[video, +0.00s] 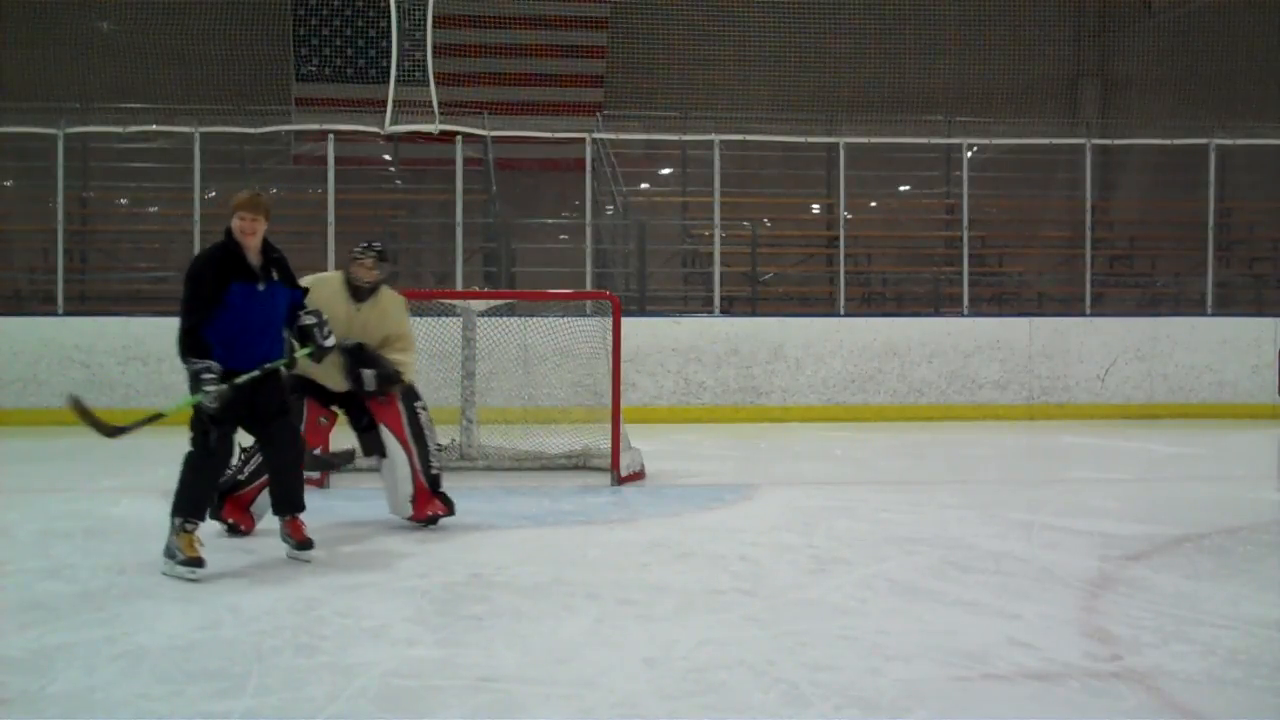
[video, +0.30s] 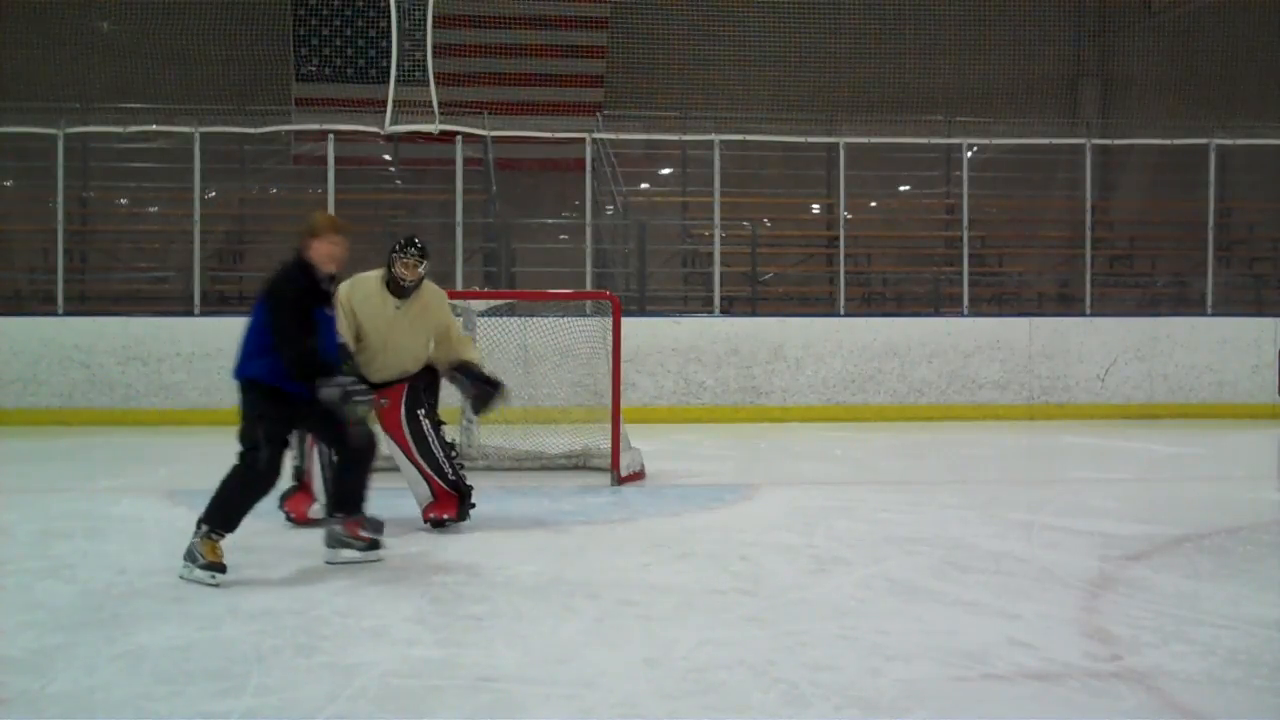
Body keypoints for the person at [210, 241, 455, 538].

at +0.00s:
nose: (364, 272)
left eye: (372, 267)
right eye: (359, 265)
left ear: (383, 273)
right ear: (348, 265)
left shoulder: (393, 306)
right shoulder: (316, 289)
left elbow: (404, 356)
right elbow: (275, 316)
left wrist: (385, 374)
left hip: (364, 388)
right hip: (313, 381)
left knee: (407, 405)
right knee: (293, 438)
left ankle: (424, 497)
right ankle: (236, 500)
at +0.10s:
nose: (388, 267)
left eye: (396, 262)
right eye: (383, 260)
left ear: (404, 268)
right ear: (372, 261)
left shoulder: (415, 301)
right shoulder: (338, 285)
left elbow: (429, 349)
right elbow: (300, 315)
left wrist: (416, 368)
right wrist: (317, 330)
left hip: (387, 381)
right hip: (331, 377)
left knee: (421, 426)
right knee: (299, 440)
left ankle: (439, 503)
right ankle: (242, 504)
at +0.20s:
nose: (400, 269)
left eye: (407, 264)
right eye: (395, 262)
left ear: (417, 269)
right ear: (384, 261)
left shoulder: (428, 300)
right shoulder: (353, 283)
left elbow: (447, 341)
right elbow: (327, 312)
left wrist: (443, 361)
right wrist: (327, 344)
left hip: (398, 376)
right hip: (349, 372)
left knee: (411, 432)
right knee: (312, 424)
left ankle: (444, 499)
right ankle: (279, 492)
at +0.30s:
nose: (410, 273)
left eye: (417, 266)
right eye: (405, 264)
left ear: (424, 268)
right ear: (392, 262)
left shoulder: (433, 299)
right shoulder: (354, 292)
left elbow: (452, 345)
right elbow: (338, 340)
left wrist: (473, 377)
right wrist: (345, 376)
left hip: (411, 376)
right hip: (361, 377)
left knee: (410, 427)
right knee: (322, 426)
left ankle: (449, 497)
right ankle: (311, 492)